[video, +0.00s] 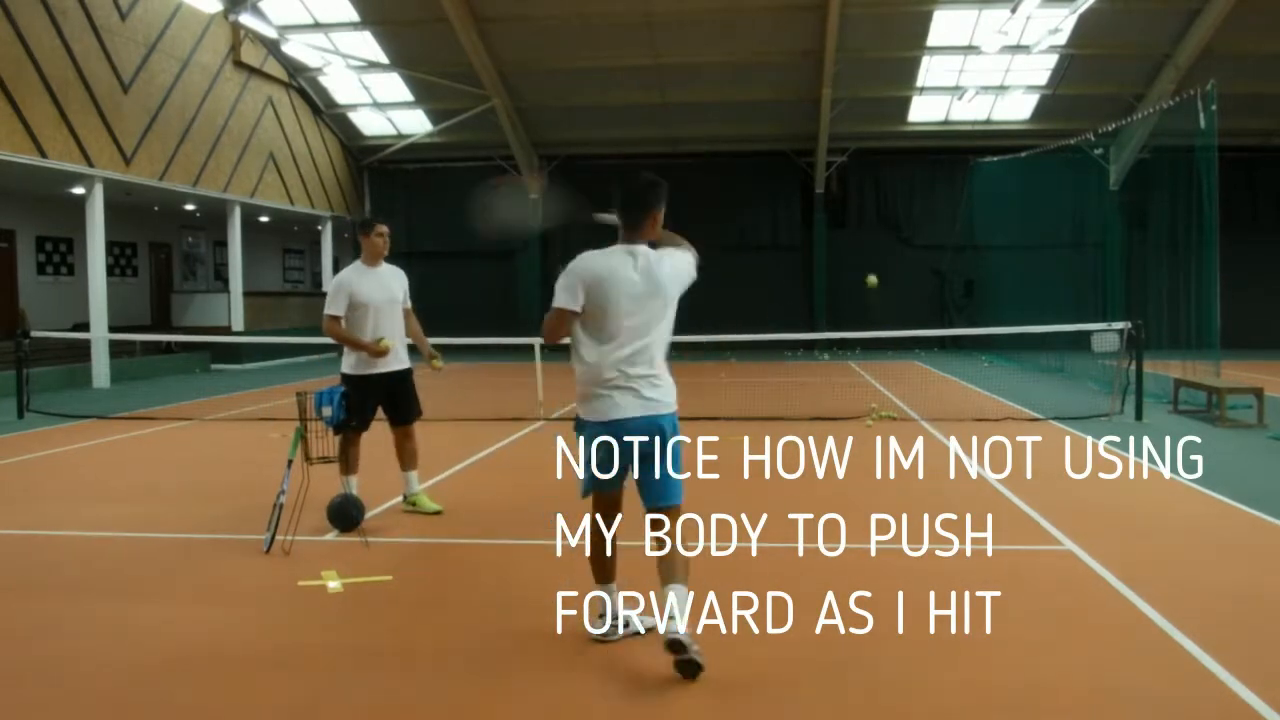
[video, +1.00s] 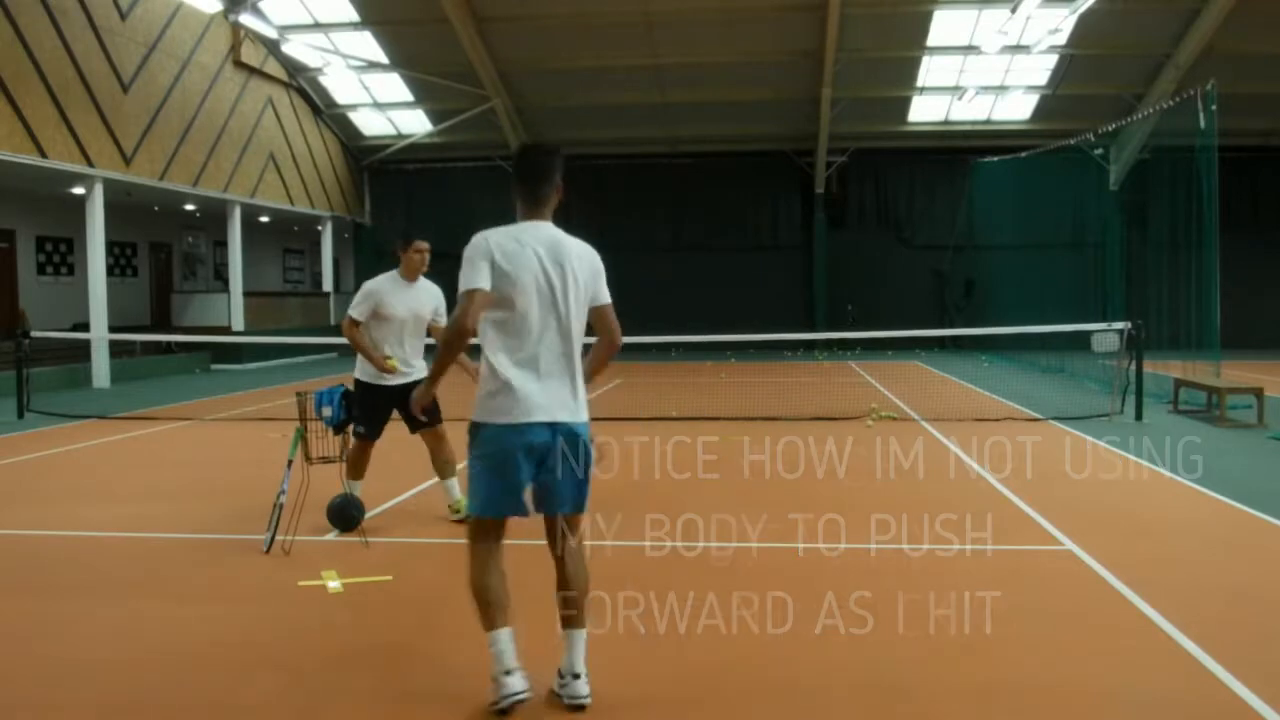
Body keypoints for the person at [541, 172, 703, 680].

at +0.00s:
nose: (664, 220)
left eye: (659, 212)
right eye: (663, 214)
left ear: (618, 217)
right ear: (656, 218)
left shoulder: (585, 266)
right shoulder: (670, 268)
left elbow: (553, 332)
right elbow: (687, 252)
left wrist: (582, 323)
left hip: (601, 420)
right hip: (657, 418)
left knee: (603, 513)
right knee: (667, 521)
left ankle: (606, 613)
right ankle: (674, 617)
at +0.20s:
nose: (657, 212)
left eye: (644, 206)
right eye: (659, 206)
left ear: (615, 208)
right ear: (656, 211)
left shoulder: (615, 270)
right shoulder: (665, 251)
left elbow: (623, 348)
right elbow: (622, 251)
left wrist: (565, 342)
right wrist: (584, 253)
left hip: (631, 416)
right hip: (680, 405)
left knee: (616, 516)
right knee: (690, 513)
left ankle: (611, 614)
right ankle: (733, 619)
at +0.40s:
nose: (639, 220)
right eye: (641, 213)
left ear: (600, 221)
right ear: (642, 218)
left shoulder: (624, 277)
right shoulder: (654, 264)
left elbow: (663, 351)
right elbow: (587, 332)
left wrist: (613, 412)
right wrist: (592, 304)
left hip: (642, 425)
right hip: (684, 415)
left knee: (592, 512)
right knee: (692, 522)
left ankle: (591, 619)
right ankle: (740, 627)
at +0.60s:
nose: (555, 225)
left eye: (557, 215)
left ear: (560, 216)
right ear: (608, 213)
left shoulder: (578, 275)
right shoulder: (626, 259)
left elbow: (615, 347)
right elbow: (630, 322)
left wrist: (603, 430)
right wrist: (567, 321)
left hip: (606, 425)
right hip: (658, 416)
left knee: (551, 526)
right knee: (683, 517)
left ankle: (569, 649)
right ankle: (736, 626)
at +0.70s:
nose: (570, 221)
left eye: (547, 213)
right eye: (587, 212)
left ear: (544, 219)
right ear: (592, 217)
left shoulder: (546, 278)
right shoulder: (612, 271)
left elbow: (567, 359)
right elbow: (601, 334)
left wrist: (555, 439)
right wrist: (536, 349)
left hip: (579, 437)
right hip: (634, 428)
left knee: (537, 548)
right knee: (669, 529)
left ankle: (569, 678)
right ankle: (731, 627)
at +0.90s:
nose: (562, 189)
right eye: (568, 180)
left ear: (524, 186)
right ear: (569, 187)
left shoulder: (503, 238)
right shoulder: (595, 250)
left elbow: (493, 319)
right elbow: (611, 336)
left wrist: (461, 396)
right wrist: (574, 368)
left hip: (527, 411)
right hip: (587, 407)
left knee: (522, 539)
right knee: (597, 524)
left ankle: (556, 670)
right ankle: (609, 655)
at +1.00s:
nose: (553, 194)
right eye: (558, 185)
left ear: (514, 190)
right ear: (558, 192)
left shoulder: (487, 244)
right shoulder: (584, 255)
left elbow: (466, 322)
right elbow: (610, 337)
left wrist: (429, 385)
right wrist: (573, 386)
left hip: (504, 422)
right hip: (568, 421)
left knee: (485, 541)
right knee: (567, 536)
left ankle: (508, 673)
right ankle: (575, 673)